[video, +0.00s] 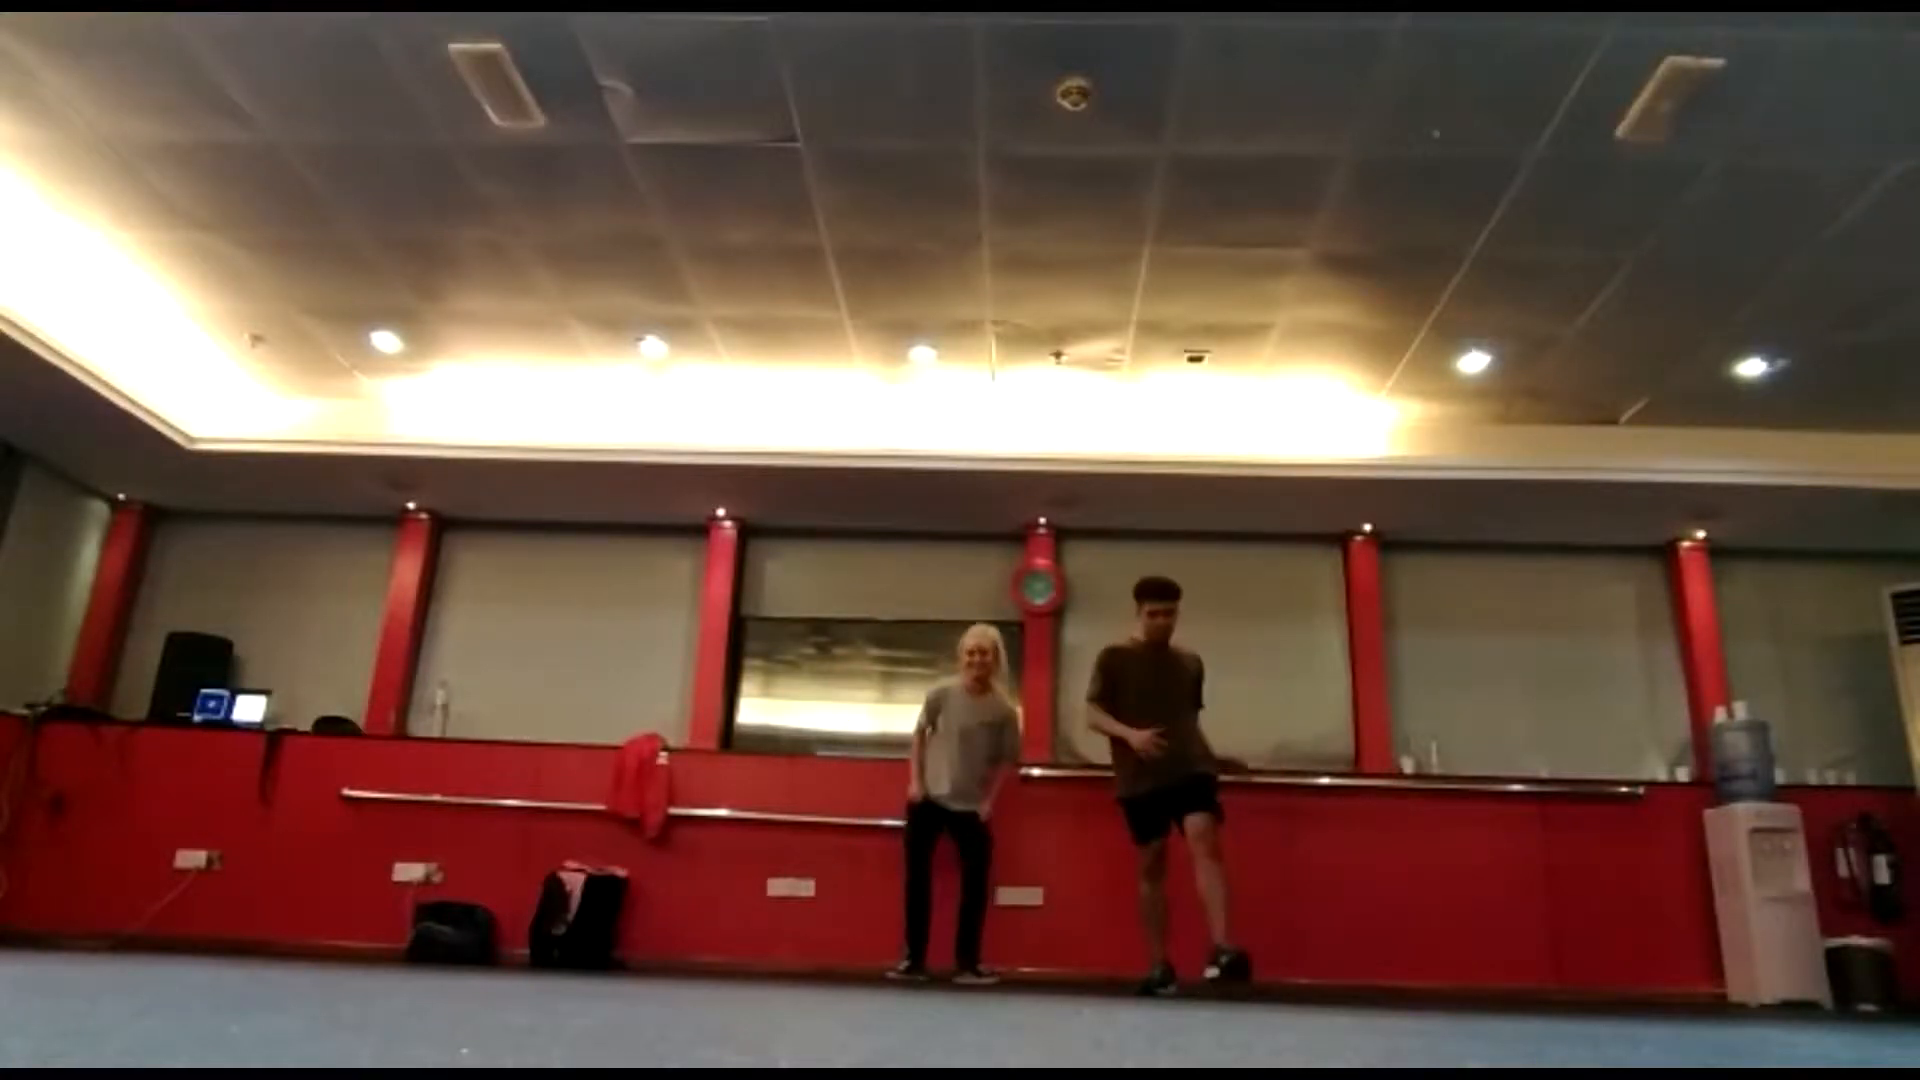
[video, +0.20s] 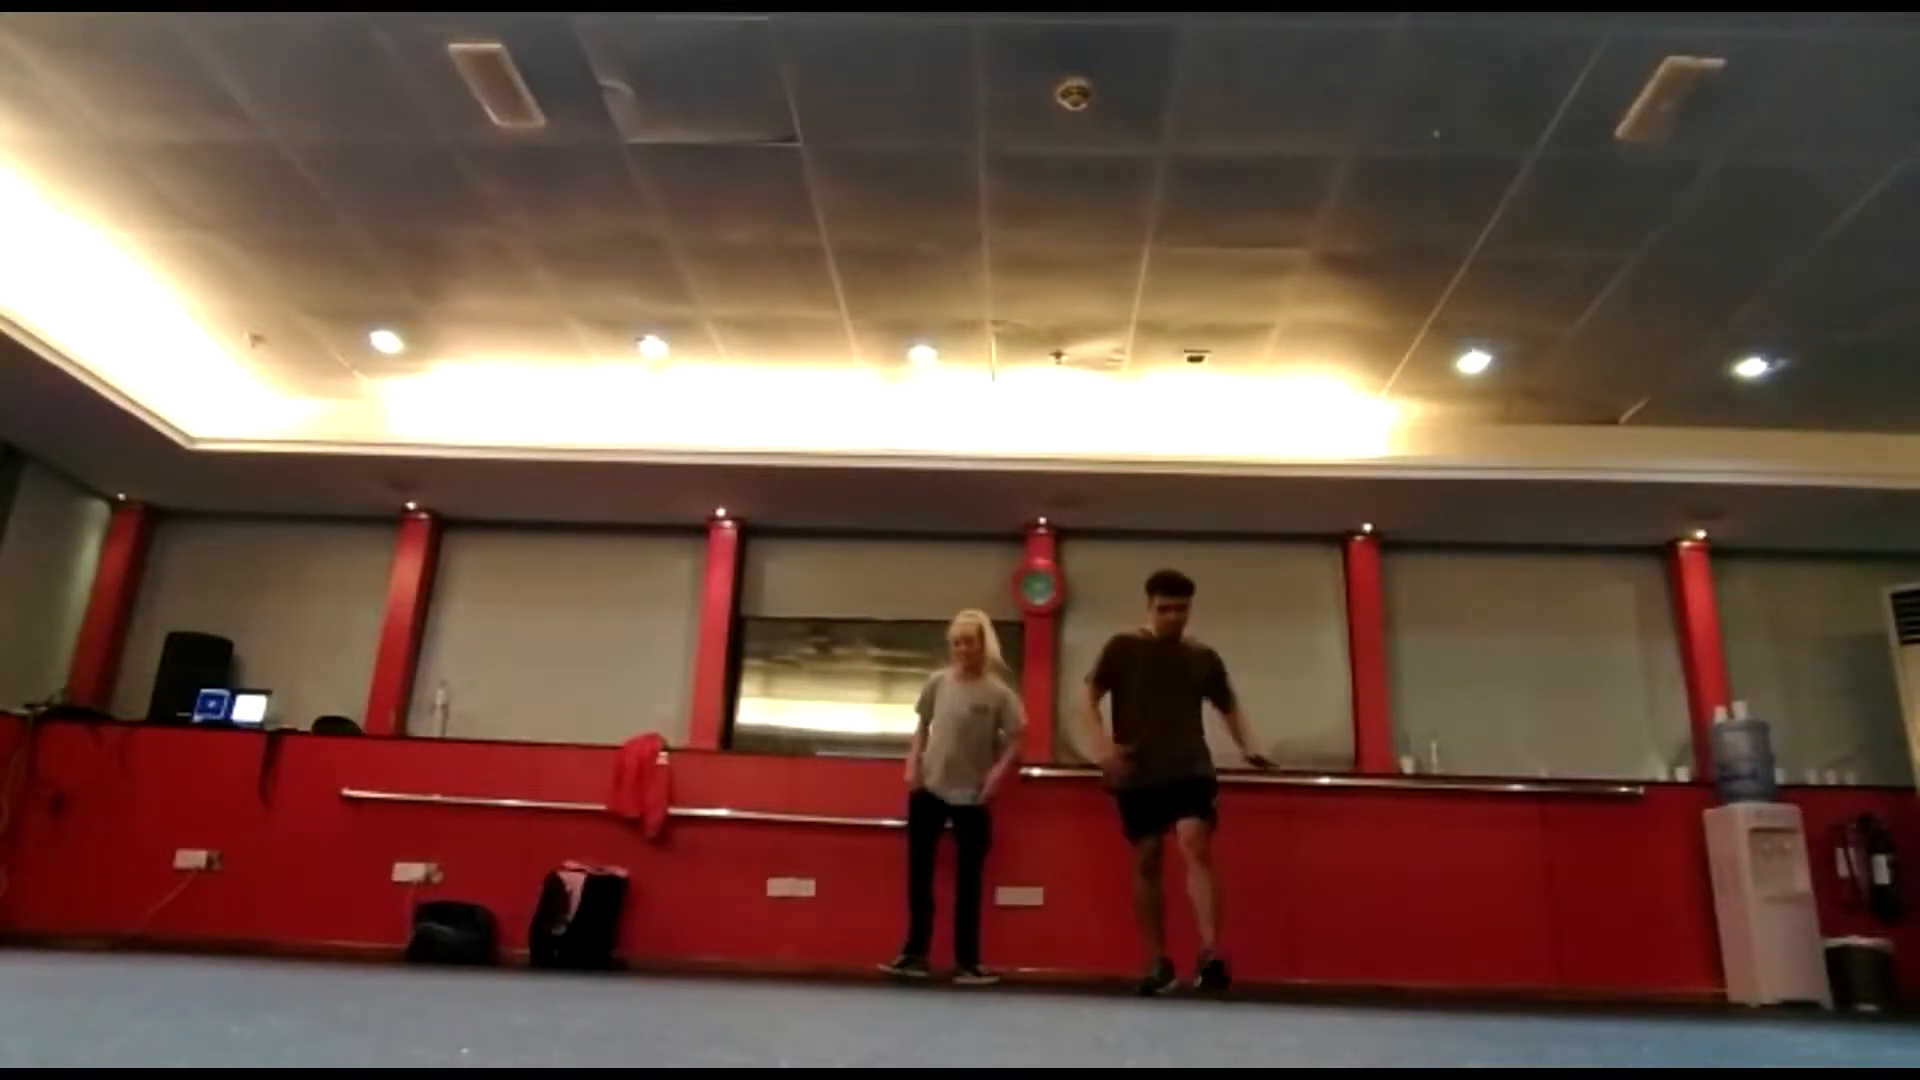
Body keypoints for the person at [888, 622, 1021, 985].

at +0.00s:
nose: (976, 659)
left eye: (984, 653)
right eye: (970, 652)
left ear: (996, 659)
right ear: (960, 656)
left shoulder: (1004, 711)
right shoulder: (940, 696)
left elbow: (1007, 761)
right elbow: (919, 736)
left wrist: (989, 801)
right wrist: (915, 781)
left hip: (971, 809)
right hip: (929, 803)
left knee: (975, 888)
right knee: (917, 883)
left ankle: (967, 963)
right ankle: (914, 958)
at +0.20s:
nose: (963, 648)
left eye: (970, 641)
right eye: (957, 641)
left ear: (984, 645)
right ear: (949, 644)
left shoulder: (998, 693)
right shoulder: (937, 684)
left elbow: (1015, 741)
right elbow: (922, 727)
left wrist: (992, 780)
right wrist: (912, 765)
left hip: (971, 798)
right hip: (928, 792)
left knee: (969, 884)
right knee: (919, 878)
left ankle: (967, 961)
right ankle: (914, 954)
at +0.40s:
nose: (940, 670)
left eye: (946, 662)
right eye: (936, 664)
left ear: (963, 660)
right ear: (932, 664)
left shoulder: (982, 698)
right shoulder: (935, 699)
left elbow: (1003, 740)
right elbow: (921, 745)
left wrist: (975, 765)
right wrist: (901, 773)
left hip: (961, 811)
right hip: (922, 807)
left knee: (964, 890)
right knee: (908, 878)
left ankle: (965, 962)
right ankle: (928, 956)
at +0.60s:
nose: (926, 672)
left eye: (932, 664)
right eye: (922, 666)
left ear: (950, 663)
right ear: (920, 667)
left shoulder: (970, 703)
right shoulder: (928, 710)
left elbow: (973, 751)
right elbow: (921, 764)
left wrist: (929, 752)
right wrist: (902, 804)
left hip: (959, 814)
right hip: (921, 811)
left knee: (963, 891)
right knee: (903, 878)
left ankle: (965, 963)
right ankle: (927, 958)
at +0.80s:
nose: (918, 658)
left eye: (924, 649)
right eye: (913, 650)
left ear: (940, 649)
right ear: (910, 654)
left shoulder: (958, 688)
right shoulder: (921, 694)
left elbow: (957, 730)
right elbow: (933, 740)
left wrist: (915, 730)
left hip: (962, 797)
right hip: (925, 795)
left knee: (964, 881)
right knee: (915, 871)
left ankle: (965, 960)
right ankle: (927, 956)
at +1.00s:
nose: (914, 670)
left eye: (920, 661)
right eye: (908, 663)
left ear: (935, 661)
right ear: (902, 666)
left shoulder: (949, 699)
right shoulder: (918, 708)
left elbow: (963, 724)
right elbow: (920, 762)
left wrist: (950, 750)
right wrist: (900, 796)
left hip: (956, 811)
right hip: (920, 811)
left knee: (959, 890)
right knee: (901, 876)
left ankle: (964, 962)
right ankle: (926, 957)